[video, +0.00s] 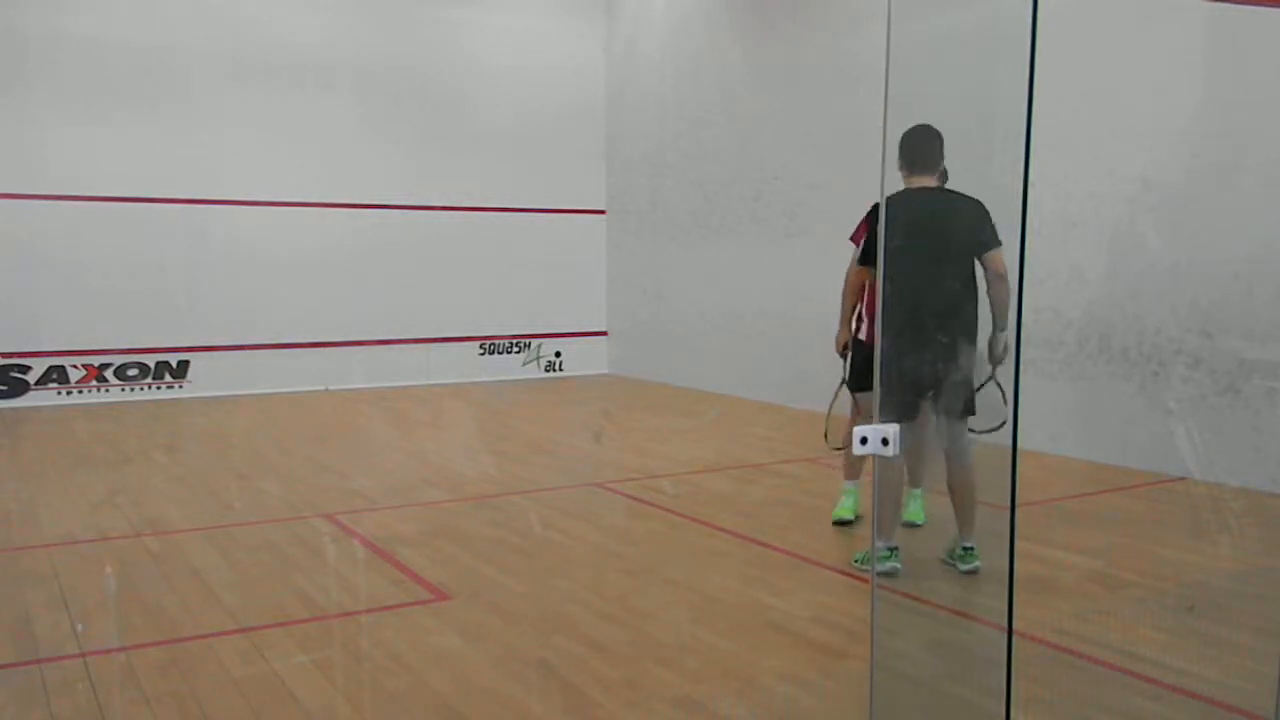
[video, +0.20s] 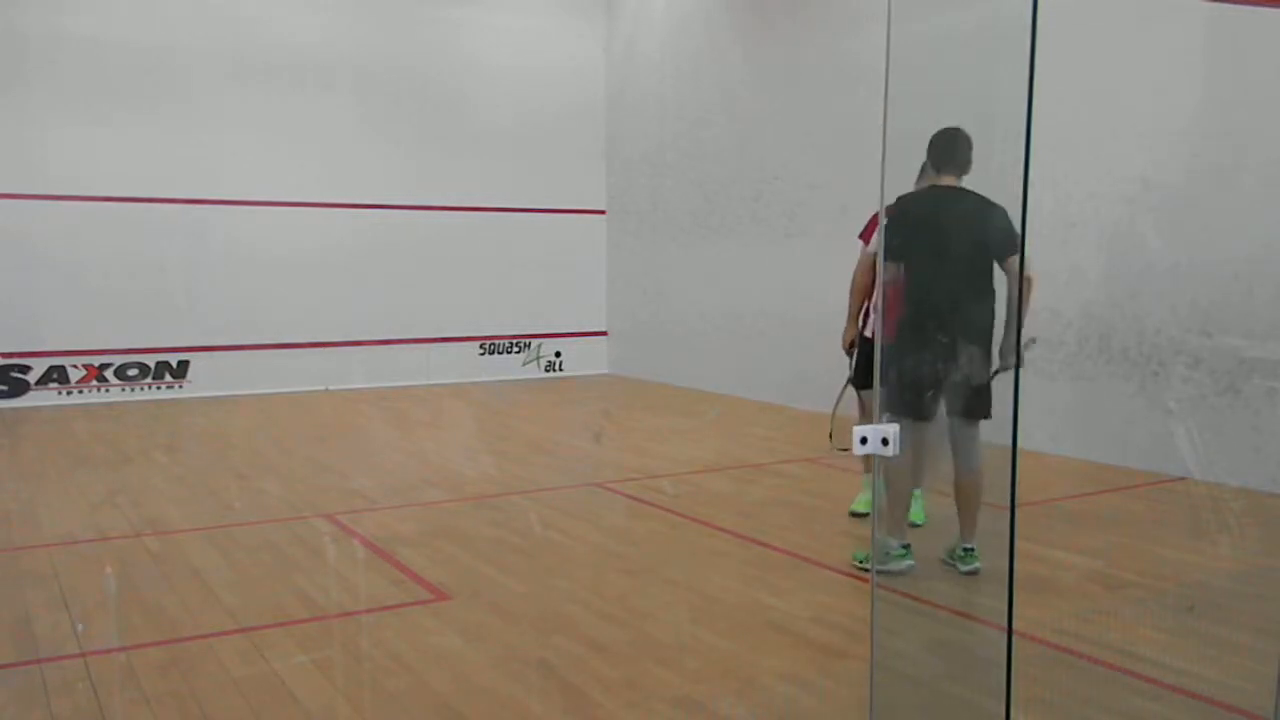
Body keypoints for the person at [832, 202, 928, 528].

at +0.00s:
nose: (922, 192)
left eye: (929, 187)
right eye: (918, 186)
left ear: (939, 183)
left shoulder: (946, 224)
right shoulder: (881, 214)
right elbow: (858, 271)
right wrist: (844, 325)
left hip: (919, 338)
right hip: (872, 335)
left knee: (916, 419)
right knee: (861, 412)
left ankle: (914, 493)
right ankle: (850, 491)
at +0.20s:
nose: (929, 200)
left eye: (935, 194)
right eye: (925, 190)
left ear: (943, 194)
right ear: (915, 184)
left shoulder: (946, 232)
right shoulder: (886, 221)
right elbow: (864, 271)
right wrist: (853, 322)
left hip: (920, 338)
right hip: (877, 334)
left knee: (915, 416)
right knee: (868, 409)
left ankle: (913, 489)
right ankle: (870, 481)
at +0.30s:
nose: (936, 197)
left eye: (942, 190)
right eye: (931, 187)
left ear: (948, 192)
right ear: (920, 183)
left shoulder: (950, 229)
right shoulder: (891, 219)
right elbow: (865, 269)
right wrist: (853, 322)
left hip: (925, 338)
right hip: (882, 334)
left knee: (915, 413)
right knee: (873, 404)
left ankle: (906, 479)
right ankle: (883, 474)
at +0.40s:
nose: (938, 196)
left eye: (943, 189)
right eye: (934, 187)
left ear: (948, 191)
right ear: (922, 184)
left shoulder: (952, 229)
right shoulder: (892, 220)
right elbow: (864, 272)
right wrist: (853, 321)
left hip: (929, 339)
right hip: (887, 336)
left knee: (923, 417)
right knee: (881, 410)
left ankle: (911, 489)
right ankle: (900, 481)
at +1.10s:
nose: (938, 204)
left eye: (944, 197)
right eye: (933, 196)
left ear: (954, 199)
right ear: (923, 196)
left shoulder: (960, 233)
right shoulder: (900, 227)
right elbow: (872, 264)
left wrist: (960, 300)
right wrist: (878, 294)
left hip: (943, 338)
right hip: (903, 334)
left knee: (925, 416)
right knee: (901, 412)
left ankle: (912, 478)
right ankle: (899, 478)